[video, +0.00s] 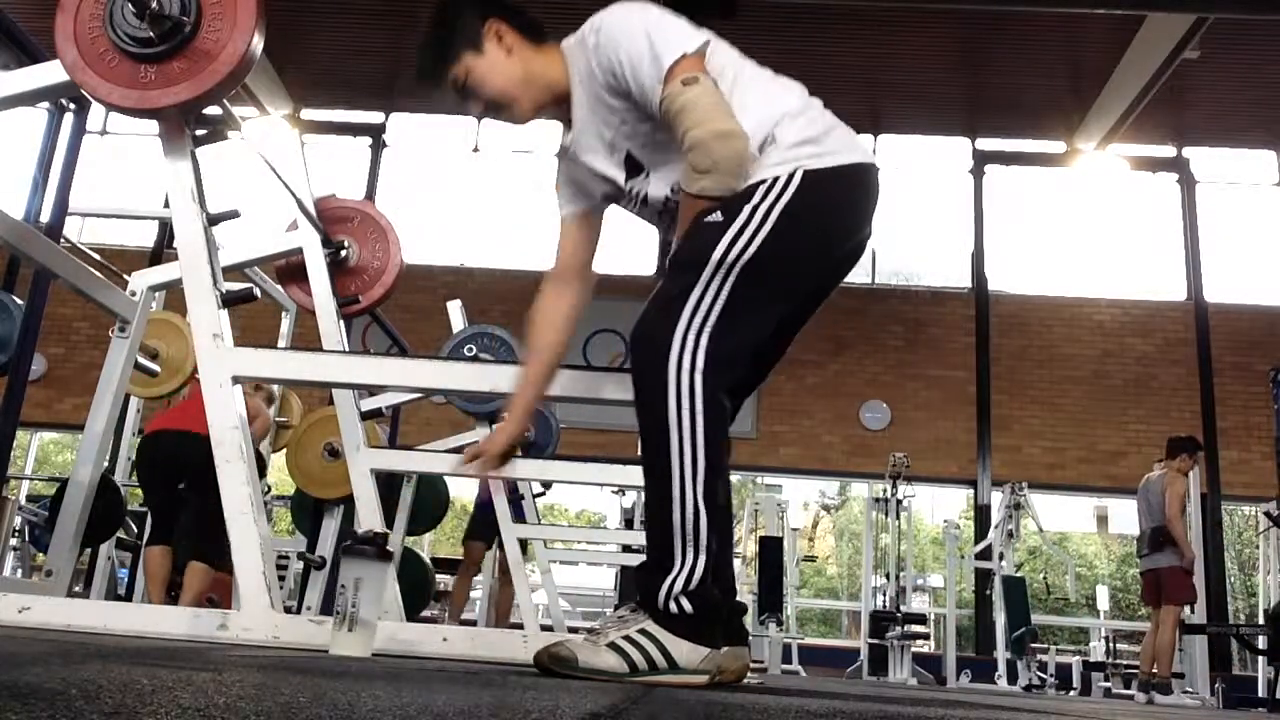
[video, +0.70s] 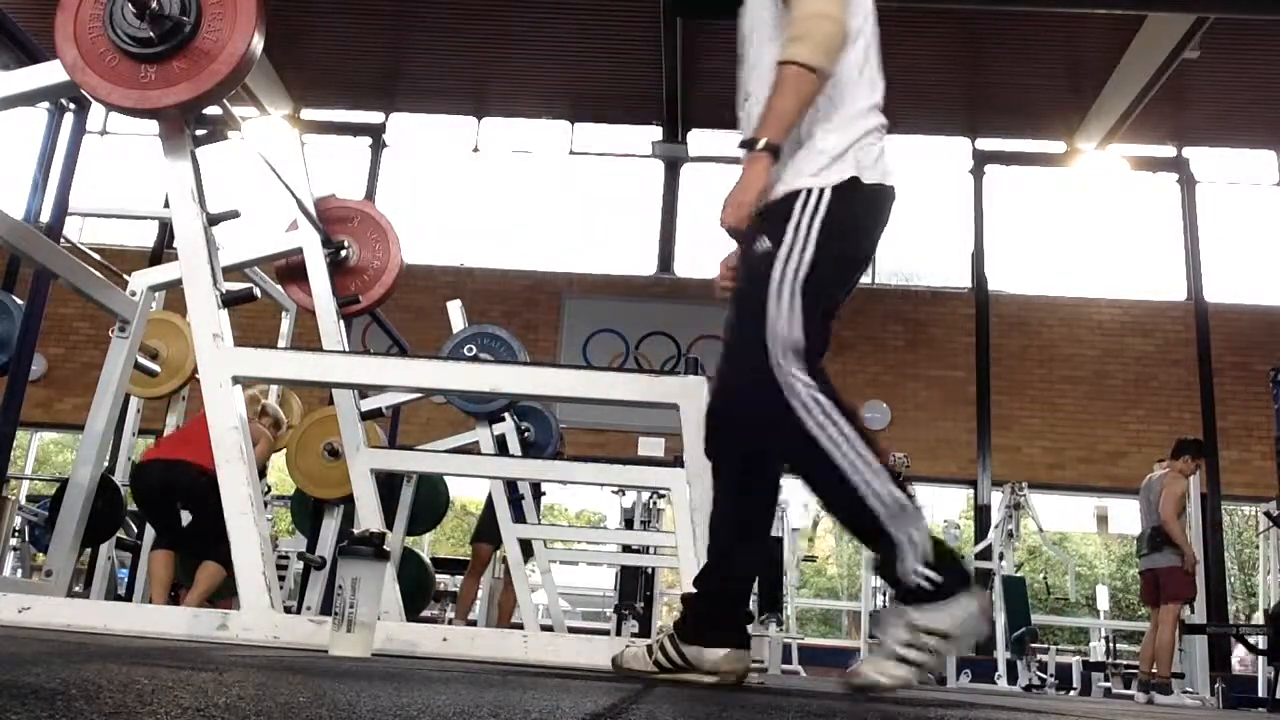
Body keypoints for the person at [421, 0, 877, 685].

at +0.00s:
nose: (477, 106)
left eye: (469, 84)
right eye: (466, 98)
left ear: (500, 38)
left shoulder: (620, 30)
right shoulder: (580, 157)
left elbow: (721, 149)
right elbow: (564, 285)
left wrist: (676, 259)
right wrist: (516, 417)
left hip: (802, 171)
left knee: (667, 350)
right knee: (689, 387)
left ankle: (684, 623)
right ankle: (710, 629)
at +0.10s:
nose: (494, 70)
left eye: (486, 47)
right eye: (483, 63)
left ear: (520, 6)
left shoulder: (628, 14)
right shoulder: (600, 125)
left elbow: (711, 136)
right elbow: (611, 259)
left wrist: (683, 281)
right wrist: (578, 390)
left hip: (802, 165)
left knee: (678, 353)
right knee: (702, 387)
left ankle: (684, 624)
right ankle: (713, 631)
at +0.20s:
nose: (513, 34)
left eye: (509, 12)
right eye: (505, 24)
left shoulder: (649, 4)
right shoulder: (618, 92)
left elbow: (714, 125)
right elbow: (658, 232)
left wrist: (692, 251)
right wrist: (642, 353)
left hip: (800, 166)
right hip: (770, 183)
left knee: (689, 367)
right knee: (682, 380)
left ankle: (687, 625)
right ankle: (711, 629)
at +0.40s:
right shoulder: (667, 39)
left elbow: (746, 68)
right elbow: (691, 158)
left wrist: (696, 203)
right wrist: (688, 263)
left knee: (725, 370)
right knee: (695, 397)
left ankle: (694, 619)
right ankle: (709, 628)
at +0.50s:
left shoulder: (756, 3)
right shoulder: (698, 22)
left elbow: (770, 53)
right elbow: (745, 134)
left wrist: (717, 180)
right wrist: (722, 246)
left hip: (810, 168)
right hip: (768, 182)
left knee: (744, 380)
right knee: (714, 397)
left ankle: (752, 619)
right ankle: (718, 617)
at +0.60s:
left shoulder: (791, 4)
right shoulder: (730, 16)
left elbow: (796, 38)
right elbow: (766, 135)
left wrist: (740, 159)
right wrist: (735, 246)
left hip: (819, 170)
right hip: (780, 181)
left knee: (751, 364)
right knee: (725, 400)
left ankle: (857, 592)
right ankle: (712, 630)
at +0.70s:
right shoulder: (783, 14)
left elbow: (819, 29)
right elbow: (801, 122)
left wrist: (759, 156)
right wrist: (760, 241)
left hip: (831, 175)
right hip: (795, 185)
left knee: (780, 376)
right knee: (739, 417)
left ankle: (936, 591)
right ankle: (712, 635)